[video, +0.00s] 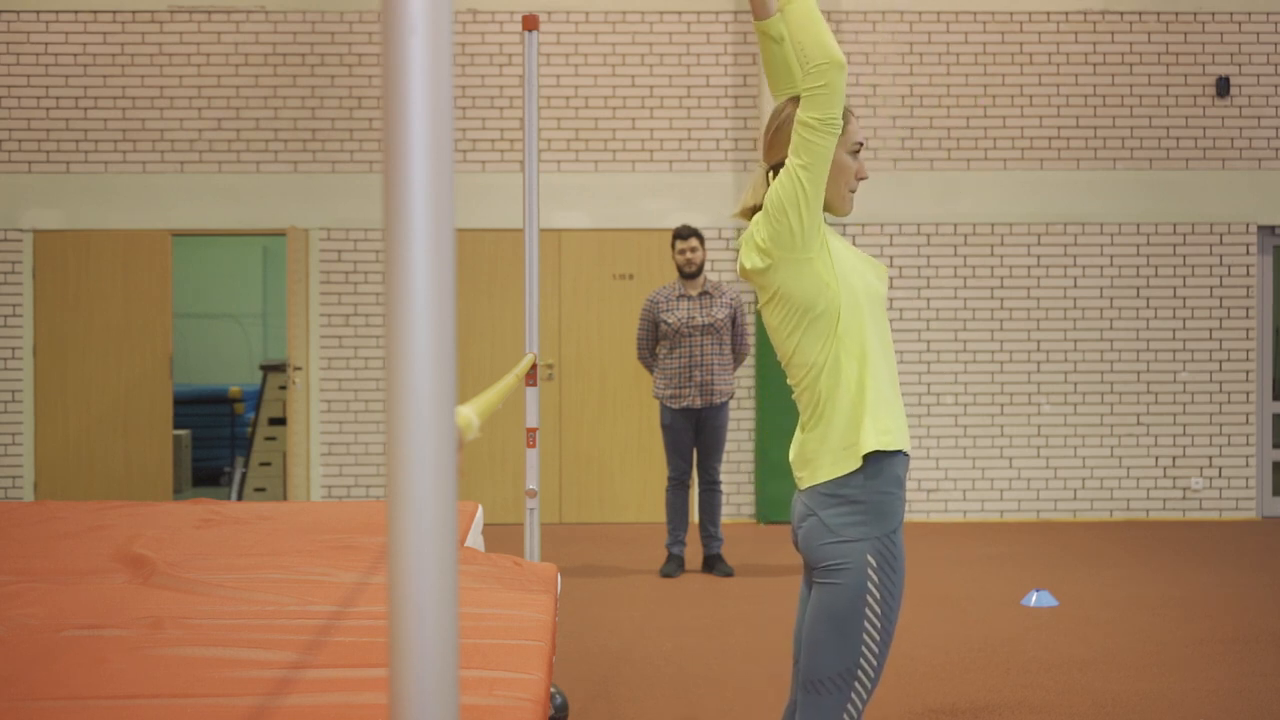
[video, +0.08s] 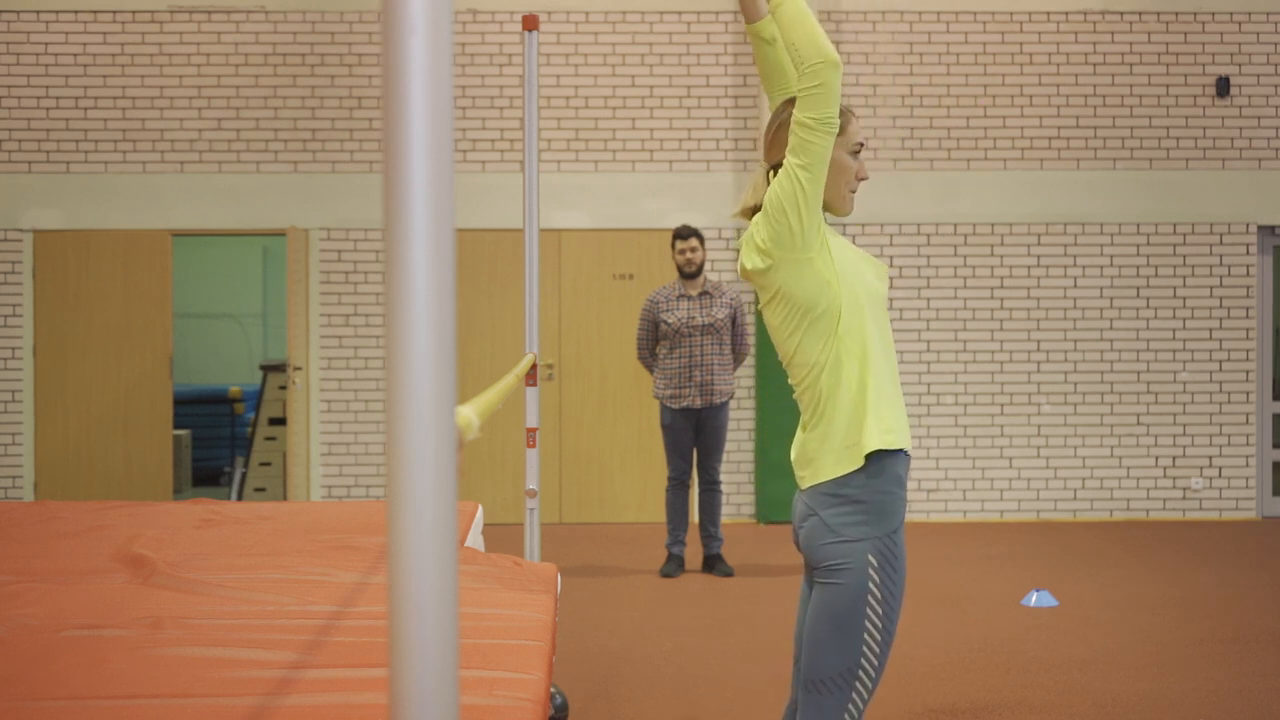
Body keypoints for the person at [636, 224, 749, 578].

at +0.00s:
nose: (688, 256)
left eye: (693, 250)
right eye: (681, 251)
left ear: (704, 253)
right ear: (673, 257)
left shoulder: (728, 297)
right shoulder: (658, 300)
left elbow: (741, 347)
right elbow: (644, 351)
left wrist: (718, 372)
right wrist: (670, 376)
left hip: (715, 402)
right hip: (675, 403)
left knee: (710, 479)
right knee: (678, 478)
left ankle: (713, 553)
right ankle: (675, 553)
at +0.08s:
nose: (688, 256)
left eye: (693, 250)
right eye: (681, 251)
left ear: (704, 253)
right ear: (673, 256)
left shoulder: (728, 297)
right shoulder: (658, 300)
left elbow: (742, 347)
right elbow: (644, 351)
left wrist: (719, 372)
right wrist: (670, 377)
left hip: (716, 402)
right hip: (675, 403)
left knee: (710, 479)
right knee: (678, 478)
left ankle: (713, 553)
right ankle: (675, 553)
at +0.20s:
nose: (688, 256)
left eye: (693, 250)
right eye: (681, 251)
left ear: (704, 253)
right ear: (673, 256)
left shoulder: (728, 297)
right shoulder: (658, 300)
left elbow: (742, 346)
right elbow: (644, 351)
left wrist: (719, 372)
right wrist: (670, 376)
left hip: (716, 402)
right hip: (675, 403)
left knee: (710, 479)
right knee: (678, 478)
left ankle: (713, 553)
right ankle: (675, 553)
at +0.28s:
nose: (688, 256)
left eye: (693, 250)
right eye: (681, 251)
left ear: (704, 253)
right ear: (673, 256)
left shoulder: (728, 297)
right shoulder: (658, 300)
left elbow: (742, 347)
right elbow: (644, 351)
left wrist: (719, 372)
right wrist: (670, 376)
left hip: (716, 402)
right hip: (675, 403)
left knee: (710, 479)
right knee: (678, 478)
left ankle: (713, 553)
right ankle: (675, 553)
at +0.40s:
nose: (687, 256)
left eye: (693, 250)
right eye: (681, 251)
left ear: (704, 253)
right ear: (673, 257)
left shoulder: (729, 297)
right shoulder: (658, 300)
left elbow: (742, 348)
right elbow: (645, 351)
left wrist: (718, 373)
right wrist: (670, 376)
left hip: (716, 402)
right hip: (675, 403)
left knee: (710, 479)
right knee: (678, 478)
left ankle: (713, 553)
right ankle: (675, 553)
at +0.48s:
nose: (687, 256)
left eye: (693, 250)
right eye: (681, 251)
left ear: (704, 253)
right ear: (673, 257)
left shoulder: (729, 297)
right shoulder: (659, 300)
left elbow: (742, 348)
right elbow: (645, 351)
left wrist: (718, 373)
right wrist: (670, 377)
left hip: (716, 402)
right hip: (675, 403)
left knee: (710, 479)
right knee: (678, 477)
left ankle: (713, 553)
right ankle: (675, 552)